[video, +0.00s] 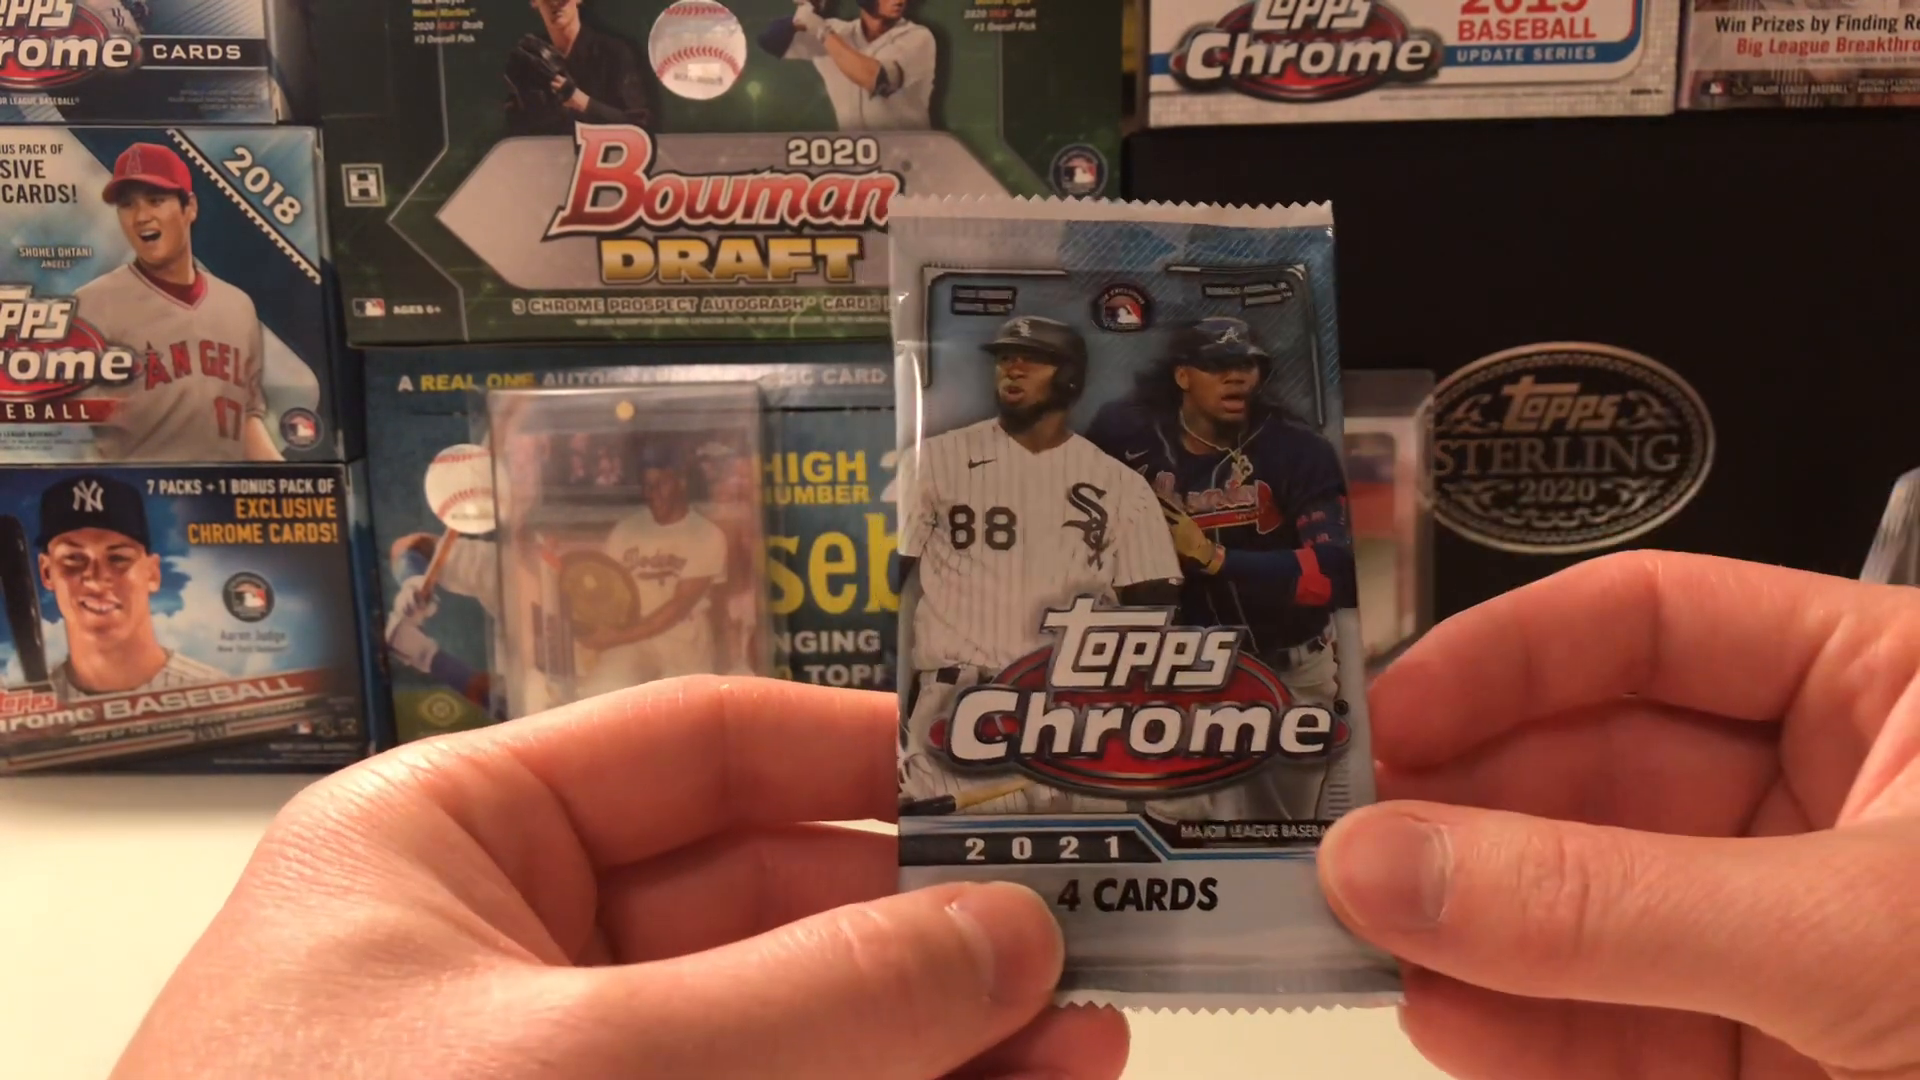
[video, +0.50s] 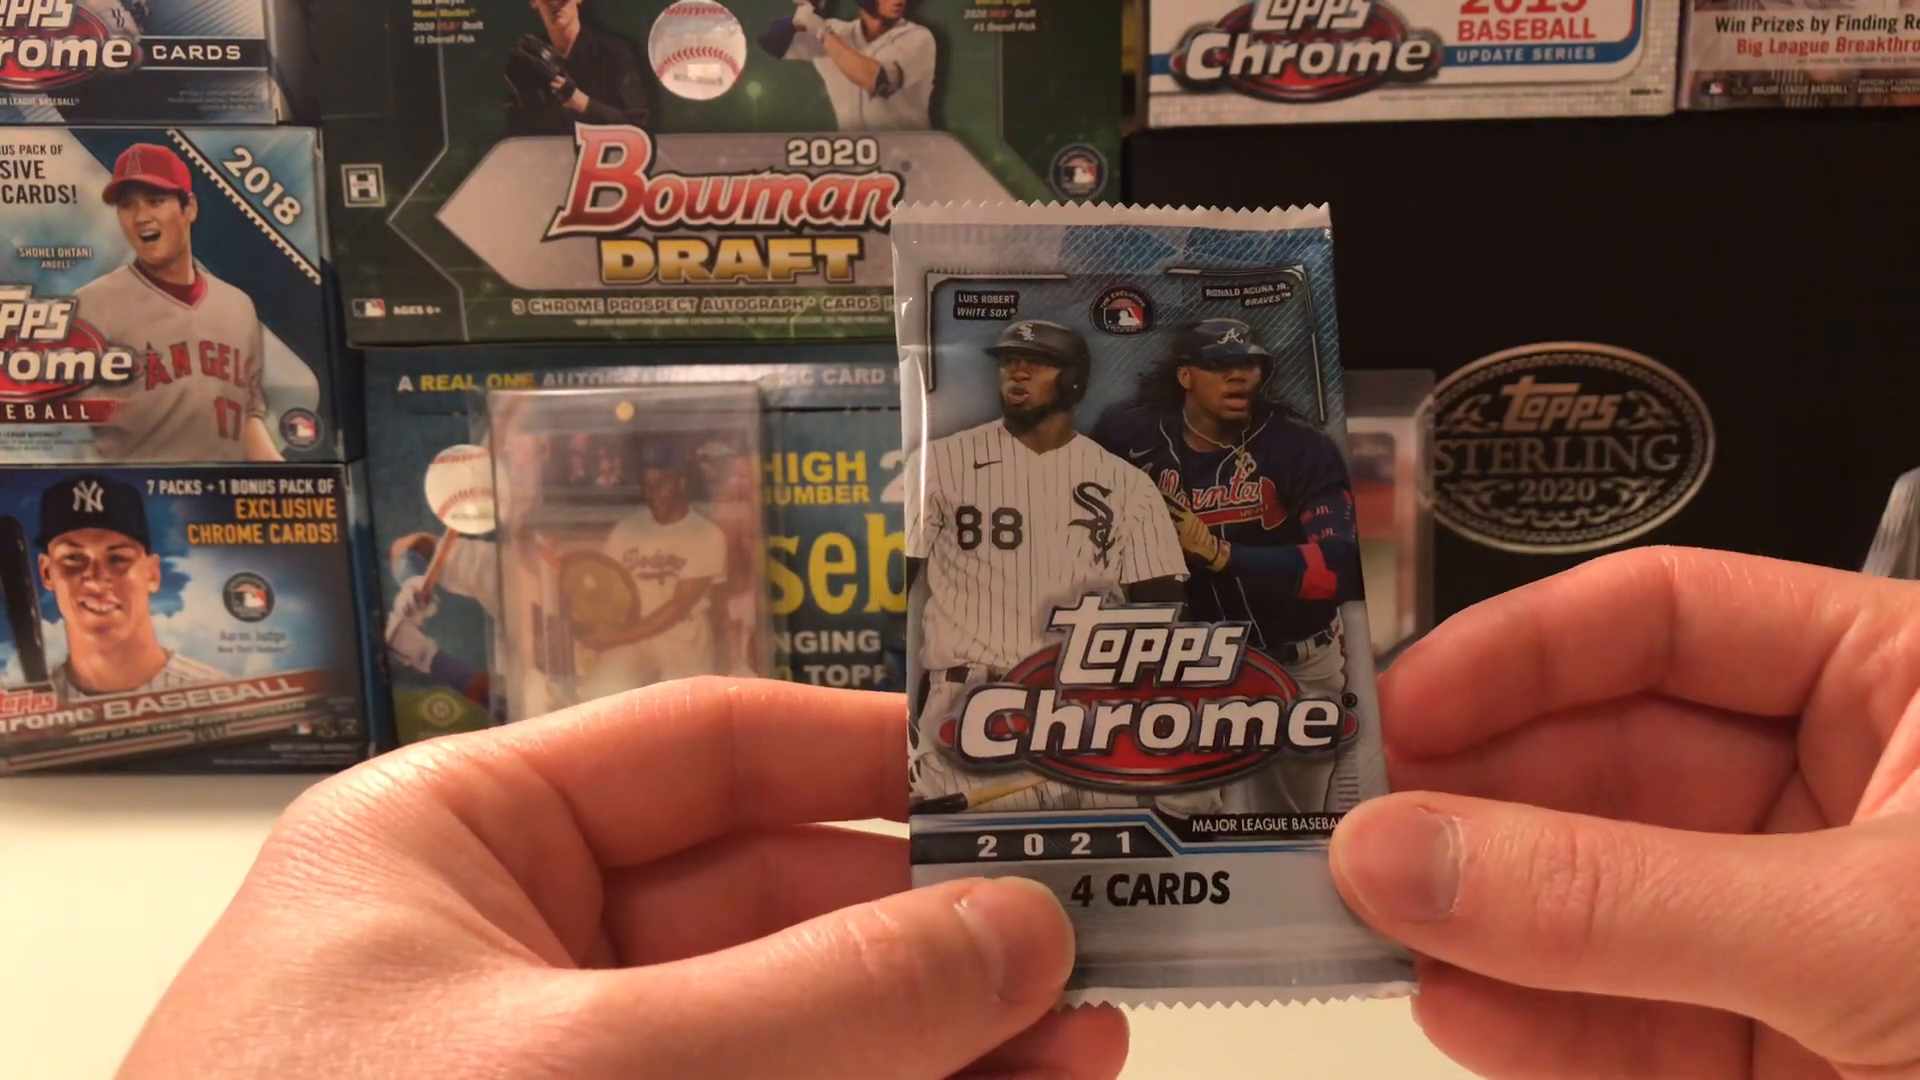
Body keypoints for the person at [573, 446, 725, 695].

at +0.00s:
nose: (653, 494)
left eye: (660, 485)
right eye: (648, 486)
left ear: (681, 484)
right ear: (642, 489)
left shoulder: (707, 536)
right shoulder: (625, 530)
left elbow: (680, 606)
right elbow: (602, 588)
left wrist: (618, 636)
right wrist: (595, 628)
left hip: (683, 644)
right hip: (627, 645)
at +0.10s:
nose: (655, 495)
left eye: (662, 485)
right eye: (649, 487)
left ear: (682, 484)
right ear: (643, 490)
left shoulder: (707, 535)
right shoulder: (624, 531)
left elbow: (681, 606)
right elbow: (602, 589)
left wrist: (618, 636)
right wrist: (595, 628)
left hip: (684, 642)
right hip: (628, 644)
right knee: (599, 696)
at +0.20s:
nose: (654, 494)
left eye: (661, 484)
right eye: (648, 486)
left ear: (681, 483)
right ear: (642, 489)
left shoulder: (707, 536)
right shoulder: (625, 531)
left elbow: (680, 606)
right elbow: (601, 588)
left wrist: (618, 636)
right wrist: (594, 628)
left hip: (684, 642)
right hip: (628, 644)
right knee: (600, 697)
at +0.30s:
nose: (653, 493)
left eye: (661, 484)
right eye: (648, 485)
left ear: (681, 483)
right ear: (642, 489)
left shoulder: (707, 536)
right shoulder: (625, 530)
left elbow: (680, 607)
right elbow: (602, 588)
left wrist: (616, 637)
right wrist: (596, 629)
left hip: (684, 646)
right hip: (629, 646)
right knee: (600, 697)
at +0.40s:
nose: (653, 493)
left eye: (661, 484)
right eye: (648, 486)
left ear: (681, 483)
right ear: (642, 489)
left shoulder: (707, 535)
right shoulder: (625, 529)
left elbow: (680, 607)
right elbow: (602, 588)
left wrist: (616, 637)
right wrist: (596, 628)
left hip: (682, 642)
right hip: (627, 644)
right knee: (601, 699)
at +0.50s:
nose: (653, 493)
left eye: (660, 484)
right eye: (648, 486)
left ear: (681, 484)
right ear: (642, 489)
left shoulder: (707, 536)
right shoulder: (624, 530)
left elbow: (680, 606)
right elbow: (602, 589)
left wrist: (616, 637)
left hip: (683, 644)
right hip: (628, 644)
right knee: (600, 698)